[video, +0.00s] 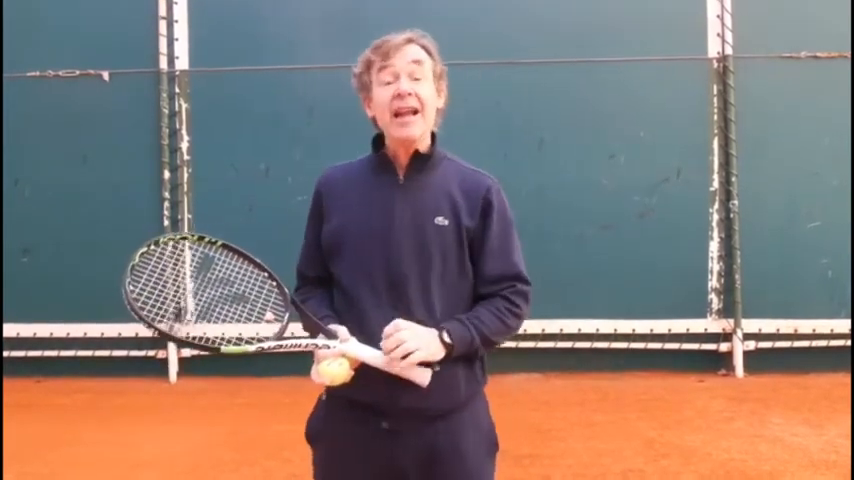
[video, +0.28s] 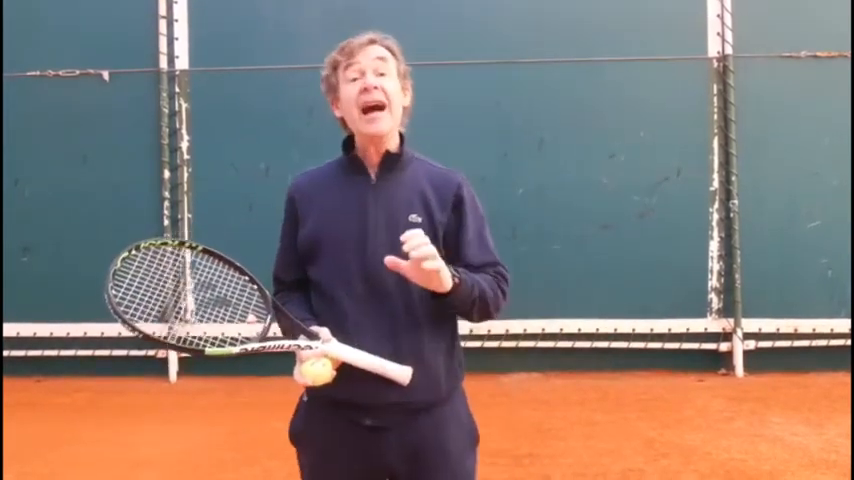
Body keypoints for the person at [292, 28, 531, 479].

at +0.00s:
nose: (403, 89)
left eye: (416, 76)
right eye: (388, 79)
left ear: (439, 95)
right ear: (369, 103)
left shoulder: (479, 193)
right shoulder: (335, 188)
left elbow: (510, 298)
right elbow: (310, 288)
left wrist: (444, 338)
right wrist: (332, 334)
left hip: (451, 428)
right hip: (352, 425)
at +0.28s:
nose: (370, 82)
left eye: (382, 72)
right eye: (355, 76)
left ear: (406, 94)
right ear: (337, 105)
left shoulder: (449, 189)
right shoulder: (306, 193)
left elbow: (493, 290)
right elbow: (288, 290)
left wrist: (448, 281)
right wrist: (309, 339)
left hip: (432, 420)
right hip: (335, 420)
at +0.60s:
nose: (347, 94)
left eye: (358, 81)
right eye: (331, 86)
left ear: (380, 98)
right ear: (314, 111)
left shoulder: (425, 190)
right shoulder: (285, 198)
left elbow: (476, 295)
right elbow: (268, 290)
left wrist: (447, 255)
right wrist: (290, 338)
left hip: (414, 414)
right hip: (319, 417)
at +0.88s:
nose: (341, 105)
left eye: (353, 90)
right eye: (326, 94)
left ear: (374, 102)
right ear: (309, 113)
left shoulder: (414, 193)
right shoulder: (279, 201)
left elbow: (464, 297)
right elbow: (263, 291)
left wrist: (468, 255)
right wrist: (284, 339)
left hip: (405, 410)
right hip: (313, 412)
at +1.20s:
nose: (342, 108)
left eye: (353, 94)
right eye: (327, 98)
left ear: (375, 104)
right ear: (311, 115)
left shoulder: (415, 195)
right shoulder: (281, 202)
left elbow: (455, 281)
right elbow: (266, 292)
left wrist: (493, 302)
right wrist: (286, 338)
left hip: (407, 411)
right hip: (314, 413)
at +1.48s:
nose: (354, 113)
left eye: (365, 98)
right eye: (339, 102)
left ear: (386, 106)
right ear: (320, 115)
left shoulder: (425, 195)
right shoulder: (287, 201)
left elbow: (467, 274)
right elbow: (270, 291)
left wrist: (465, 301)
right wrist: (294, 338)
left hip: (414, 414)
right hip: (320, 416)